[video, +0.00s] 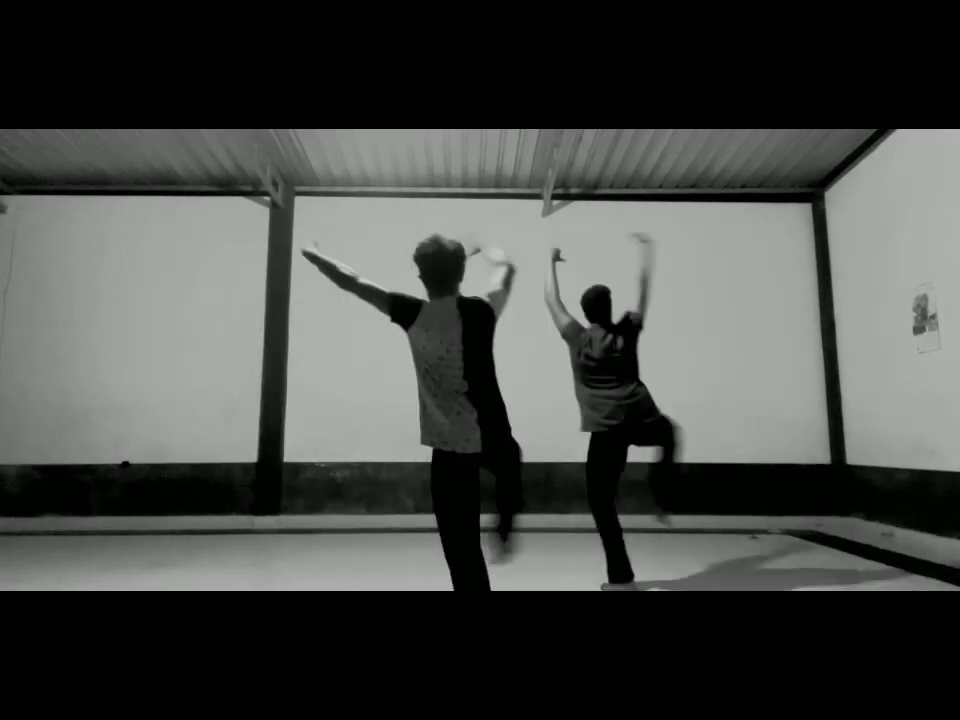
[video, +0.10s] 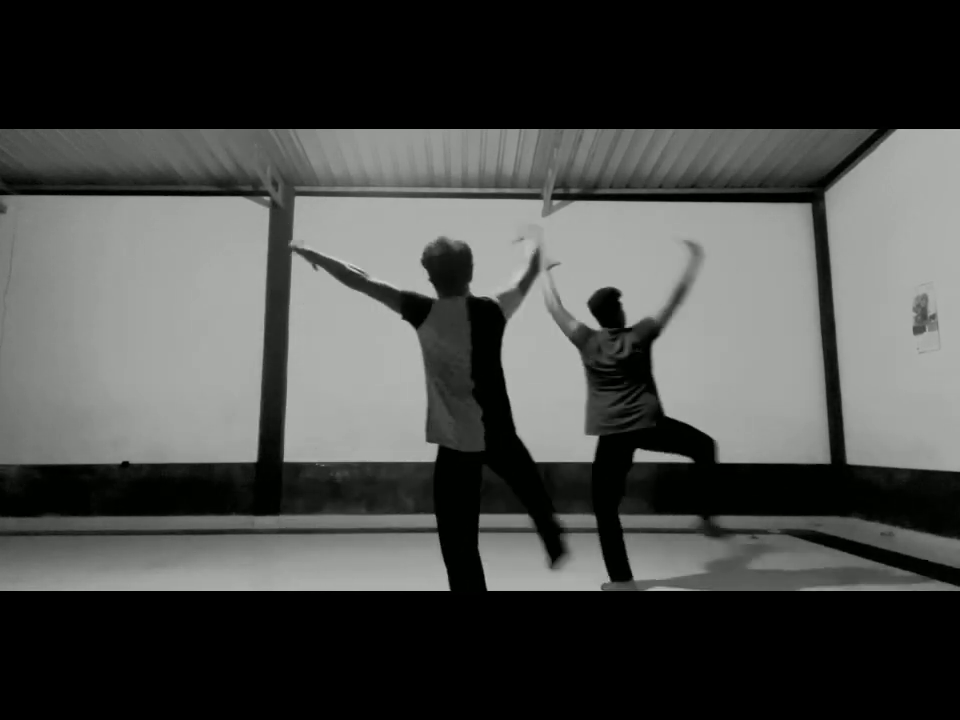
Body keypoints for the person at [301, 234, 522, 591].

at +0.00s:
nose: (422, 276)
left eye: (423, 270)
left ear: (422, 275)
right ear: (461, 273)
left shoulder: (414, 314)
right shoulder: (481, 313)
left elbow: (353, 283)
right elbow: (502, 285)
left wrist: (313, 255)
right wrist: (505, 264)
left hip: (448, 448)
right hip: (492, 441)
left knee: (461, 546)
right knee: (510, 460)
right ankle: (505, 533)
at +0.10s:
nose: (433, 276)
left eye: (433, 271)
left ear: (432, 277)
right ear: (470, 273)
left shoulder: (425, 313)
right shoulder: (493, 311)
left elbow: (362, 282)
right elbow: (523, 283)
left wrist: (313, 255)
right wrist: (537, 254)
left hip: (457, 447)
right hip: (502, 440)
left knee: (459, 545)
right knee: (532, 488)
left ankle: (470, 593)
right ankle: (555, 547)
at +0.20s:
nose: (434, 284)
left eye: (436, 279)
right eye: (435, 279)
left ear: (442, 283)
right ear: (475, 278)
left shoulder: (435, 316)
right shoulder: (504, 313)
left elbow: (368, 295)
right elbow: (545, 287)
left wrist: (319, 279)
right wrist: (567, 258)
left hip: (470, 446)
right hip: (516, 439)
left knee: (448, 538)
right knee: (551, 505)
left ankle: (461, 592)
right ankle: (575, 578)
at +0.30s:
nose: (452, 303)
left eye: (448, 297)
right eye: (460, 294)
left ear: (448, 305)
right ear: (482, 297)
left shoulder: (446, 343)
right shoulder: (512, 335)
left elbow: (378, 343)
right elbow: (562, 322)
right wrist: (597, 298)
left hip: (485, 464)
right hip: (529, 460)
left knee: (428, 542)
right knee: (557, 516)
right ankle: (576, 584)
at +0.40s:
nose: (460, 341)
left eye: (457, 334)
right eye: (464, 331)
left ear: (459, 336)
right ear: (490, 328)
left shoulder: (459, 380)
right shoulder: (522, 369)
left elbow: (401, 408)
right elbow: (562, 378)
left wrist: (343, 426)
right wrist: (598, 379)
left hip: (494, 487)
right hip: (541, 485)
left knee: (422, 553)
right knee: (568, 548)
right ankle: (577, 589)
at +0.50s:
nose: (461, 351)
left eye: (459, 344)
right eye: (460, 342)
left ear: (462, 346)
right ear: (494, 337)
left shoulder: (461, 391)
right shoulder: (528, 379)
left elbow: (417, 443)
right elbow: (547, 411)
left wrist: (377, 477)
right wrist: (557, 431)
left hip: (498, 494)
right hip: (543, 491)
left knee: (417, 555)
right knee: (567, 553)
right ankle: (573, 587)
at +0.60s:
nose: (451, 335)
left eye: (452, 327)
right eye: (451, 327)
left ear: (459, 330)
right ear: (487, 326)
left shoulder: (459, 380)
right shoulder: (511, 367)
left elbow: (420, 430)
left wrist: (391, 451)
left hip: (495, 484)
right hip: (534, 481)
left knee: (416, 545)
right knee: (552, 546)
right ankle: (566, 583)